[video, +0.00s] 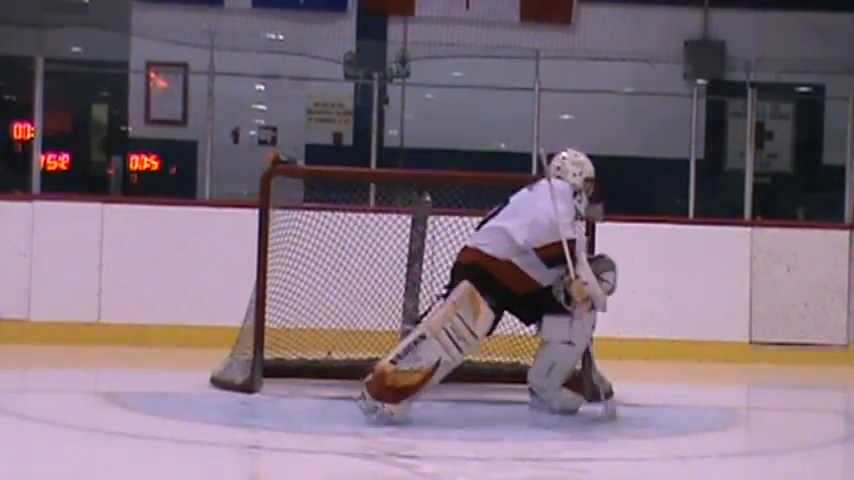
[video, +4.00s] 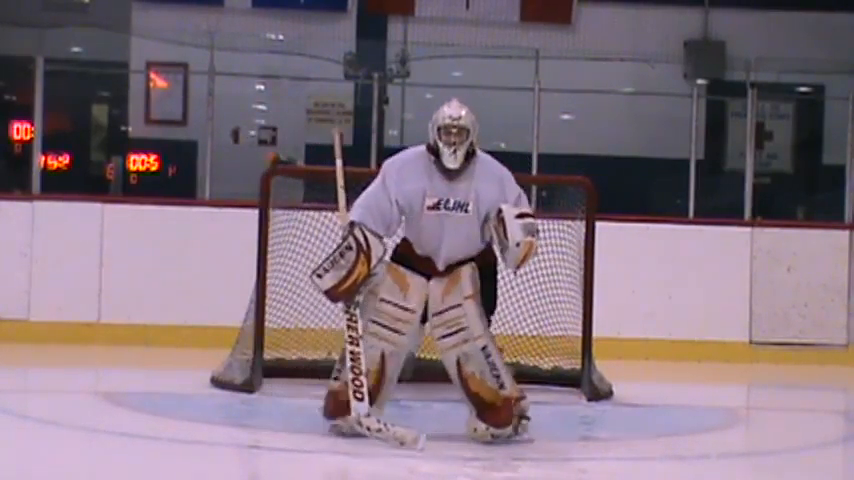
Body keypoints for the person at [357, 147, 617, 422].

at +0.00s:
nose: (587, 190)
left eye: (588, 184)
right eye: (585, 183)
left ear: (558, 173)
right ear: (575, 177)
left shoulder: (566, 206)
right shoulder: (553, 189)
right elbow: (550, 240)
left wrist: (590, 371)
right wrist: (576, 276)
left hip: (523, 279)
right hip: (489, 265)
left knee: (574, 314)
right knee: (456, 329)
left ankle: (546, 388)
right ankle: (384, 392)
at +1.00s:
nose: (514, 181)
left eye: (520, 175)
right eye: (508, 174)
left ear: (530, 175)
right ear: (494, 172)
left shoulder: (546, 203)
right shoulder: (470, 199)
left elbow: (559, 245)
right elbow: (433, 224)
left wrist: (580, 246)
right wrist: (420, 253)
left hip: (526, 285)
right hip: (478, 284)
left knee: (547, 338)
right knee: (468, 339)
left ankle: (556, 387)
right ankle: (451, 399)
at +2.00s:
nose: (433, 140)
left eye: (439, 132)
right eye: (429, 133)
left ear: (461, 131)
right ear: (426, 131)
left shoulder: (492, 164)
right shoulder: (415, 168)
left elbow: (533, 210)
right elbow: (389, 220)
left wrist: (518, 229)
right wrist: (359, 252)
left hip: (494, 266)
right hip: (436, 268)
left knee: (490, 340)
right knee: (410, 333)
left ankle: (525, 412)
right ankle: (395, 406)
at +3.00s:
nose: (268, 143)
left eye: (273, 138)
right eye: (267, 137)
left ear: (292, 137)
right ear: (267, 136)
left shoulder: (325, 165)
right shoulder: (266, 169)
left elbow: (357, 206)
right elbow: (254, 218)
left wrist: (343, 234)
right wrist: (235, 249)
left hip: (333, 256)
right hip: (285, 257)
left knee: (311, 316)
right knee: (263, 310)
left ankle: (353, 385)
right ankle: (255, 377)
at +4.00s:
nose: (452, 140)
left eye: (459, 134)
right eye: (445, 133)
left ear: (472, 137)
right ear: (434, 135)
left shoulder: (494, 176)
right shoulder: (403, 169)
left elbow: (521, 242)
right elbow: (369, 221)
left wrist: (513, 236)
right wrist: (348, 267)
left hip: (466, 271)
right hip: (407, 265)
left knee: (472, 344)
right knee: (379, 339)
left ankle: (500, 418)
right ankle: (349, 410)